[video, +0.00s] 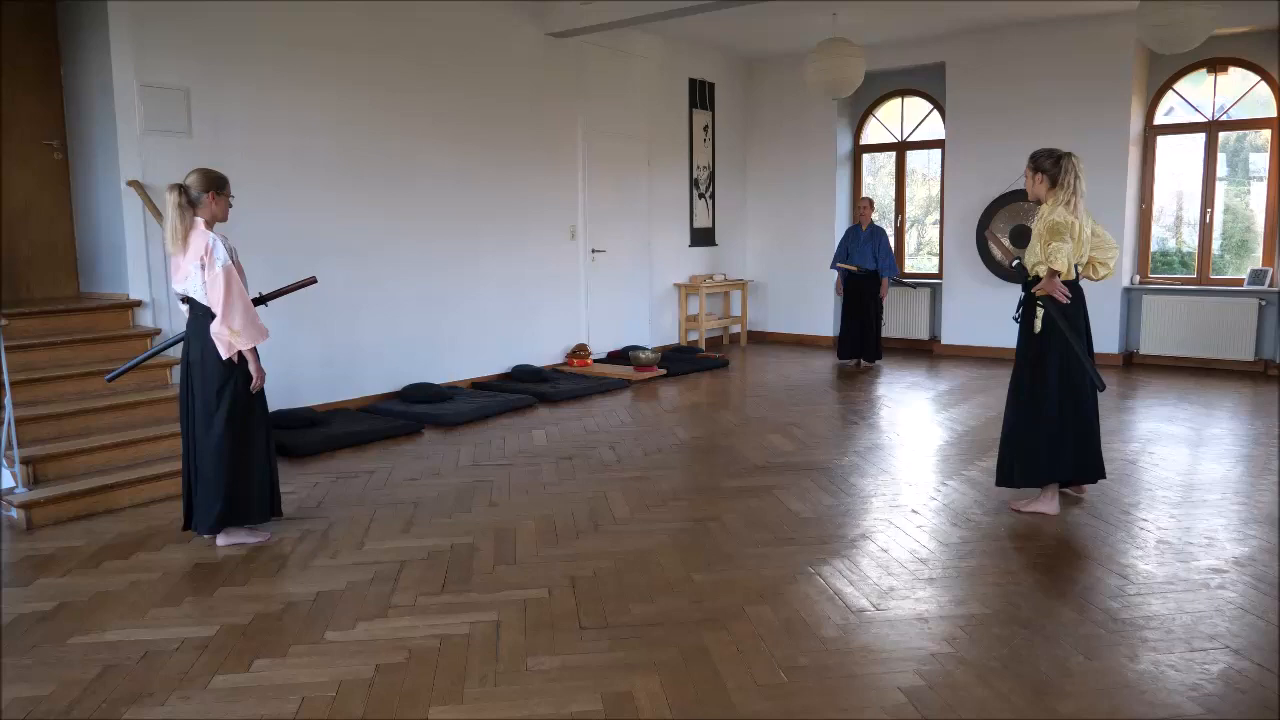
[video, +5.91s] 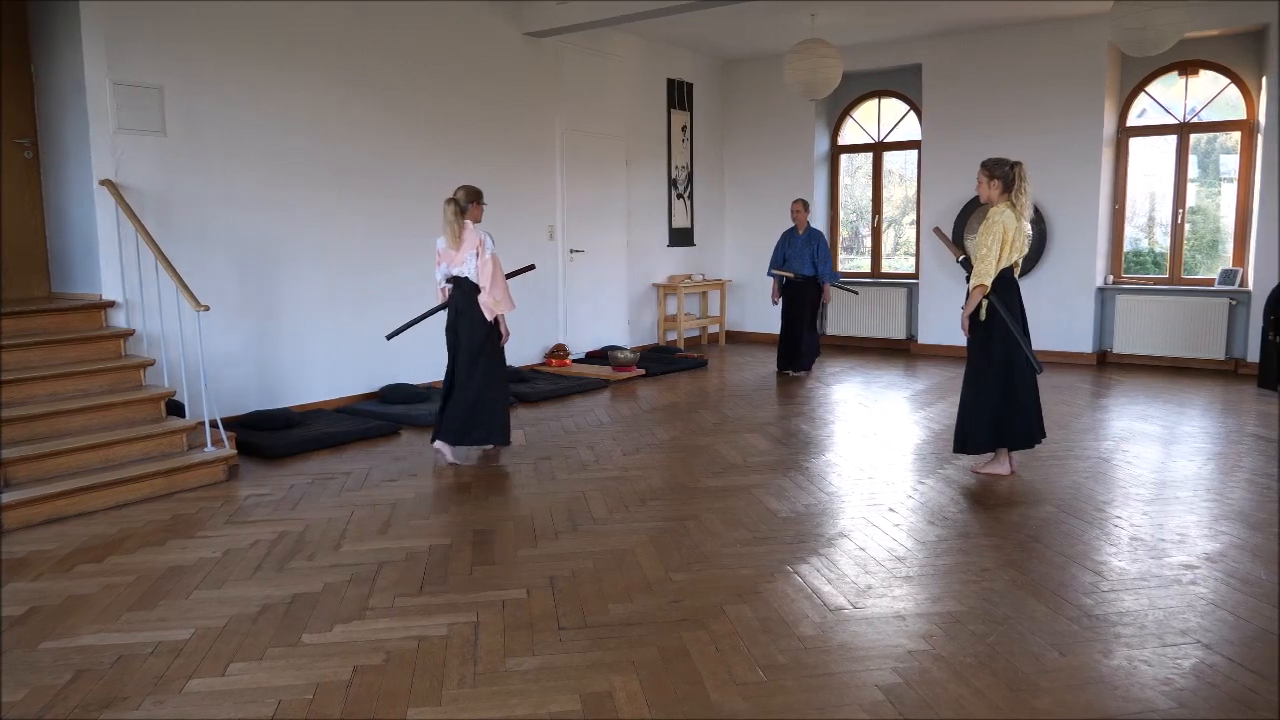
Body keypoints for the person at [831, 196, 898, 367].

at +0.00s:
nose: (861, 211)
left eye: (864, 208)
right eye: (859, 208)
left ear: (871, 210)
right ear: (856, 210)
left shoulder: (879, 233)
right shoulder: (850, 232)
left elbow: (885, 260)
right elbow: (841, 257)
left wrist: (884, 284)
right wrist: (839, 278)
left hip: (871, 278)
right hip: (852, 278)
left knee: (870, 318)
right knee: (852, 317)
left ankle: (869, 357)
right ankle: (854, 356)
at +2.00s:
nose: (858, 210)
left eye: (862, 208)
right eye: (856, 208)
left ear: (869, 210)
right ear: (853, 210)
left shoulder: (876, 232)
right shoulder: (849, 233)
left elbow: (883, 258)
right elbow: (841, 257)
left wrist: (883, 281)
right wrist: (839, 279)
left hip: (870, 278)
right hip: (851, 278)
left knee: (869, 317)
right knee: (853, 316)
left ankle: (869, 357)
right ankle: (856, 355)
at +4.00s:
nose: (858, 212)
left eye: (861, 209)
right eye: (856, 209)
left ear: (869, 211)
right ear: (853, 211)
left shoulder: (877, 233)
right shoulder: (849, 233)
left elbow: (884, 260)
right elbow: (840, 257)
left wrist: (883, 284)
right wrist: (838, 279)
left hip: (870, 279)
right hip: (851, 279)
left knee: (870, 318)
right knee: (851, 318)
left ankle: (870, 358)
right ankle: (853, 356)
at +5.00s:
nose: (835, 214)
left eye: (838, 211)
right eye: (833, 212)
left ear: (847, 214)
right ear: (832, 214)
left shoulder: (856, 236)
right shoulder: (826, 235)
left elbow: (864, 262)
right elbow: (818, 260)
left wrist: (865, 286)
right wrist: (816, 282)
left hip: (850, 283)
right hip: (829, 283)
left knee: (852, 322)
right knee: (826, 321)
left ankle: (854, 360)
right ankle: (825, 359)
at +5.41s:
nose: (815, 215)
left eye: (818, 212)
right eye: (813, 212)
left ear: (827, 213)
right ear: (811, 214)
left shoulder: (836, 236)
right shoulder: (807, 235)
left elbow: (844, 262)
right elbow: (798, 260)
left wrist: (844, 288)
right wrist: (795, 283)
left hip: (830, 283)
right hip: (810, 283)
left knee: (830, 323)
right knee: (810, 322)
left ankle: (832, 361)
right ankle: (813, 360)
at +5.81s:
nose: (798, 215)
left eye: (801, 212)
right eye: (796, 212)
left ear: (811, 213)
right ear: (794, 214)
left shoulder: (820, 236)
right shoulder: (790, 236)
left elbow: (829, 264)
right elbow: (781, 262)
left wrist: (830, 289)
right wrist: (779, 286)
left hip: (813, 284)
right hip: (794, 284)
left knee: (809, 324)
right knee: (792, 324)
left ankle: (804, 365)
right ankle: (790, 364)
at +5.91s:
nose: (794, 215)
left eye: (797, 212)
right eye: (792, 212)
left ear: (807, 213)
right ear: (790, 214)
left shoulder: (817, 236)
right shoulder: (786, 236)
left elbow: (825, 264)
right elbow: (777, 262)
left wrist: (826, 288)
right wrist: (775, 286)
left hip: (810, 284)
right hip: (790, 283)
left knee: (806, 324)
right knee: (788, 324)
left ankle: (803, 365)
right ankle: (786, 364)